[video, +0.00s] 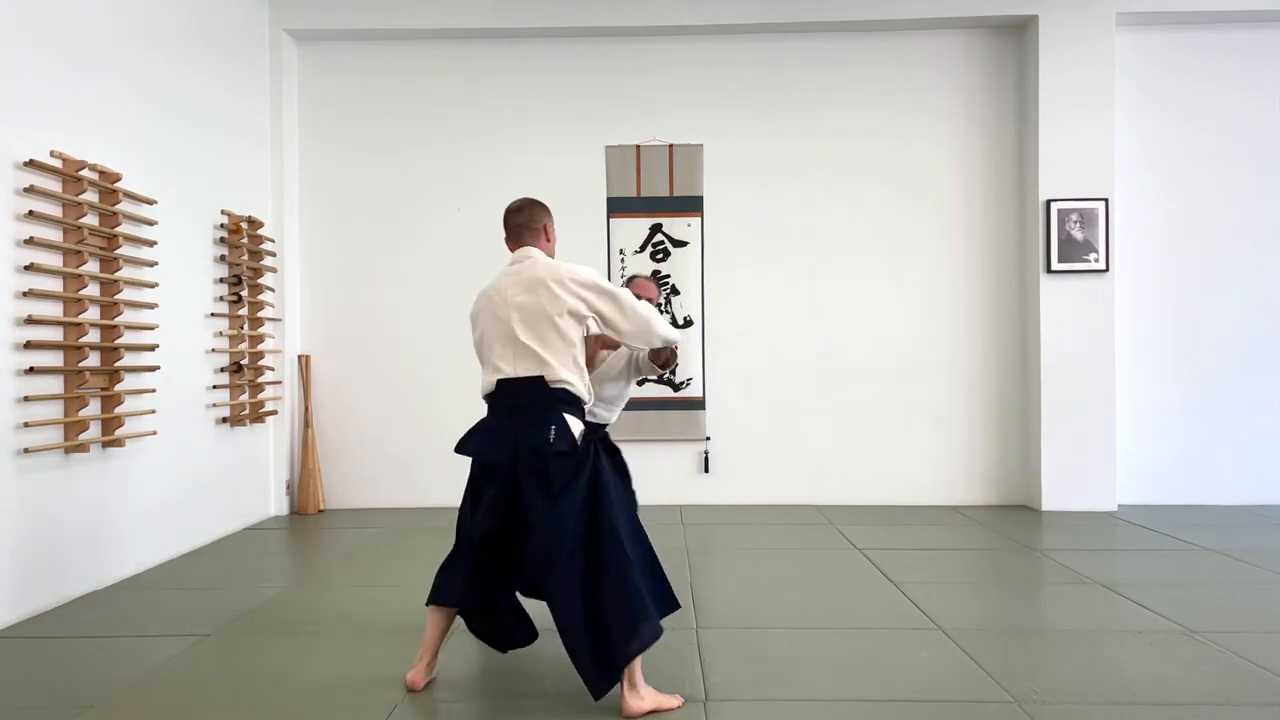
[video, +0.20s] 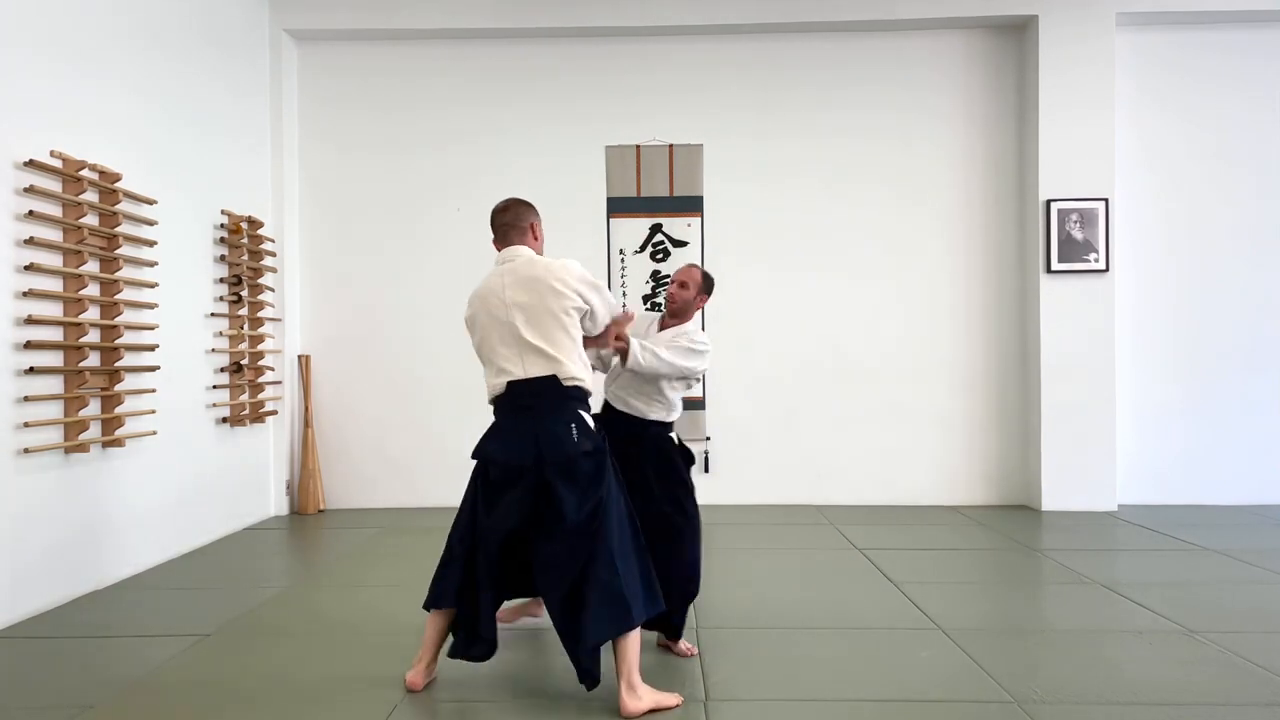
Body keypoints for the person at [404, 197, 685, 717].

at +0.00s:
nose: (556, 243)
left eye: (550, 235)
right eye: (555, 235)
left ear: (506, 241)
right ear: (549, 235)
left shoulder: (485, 298)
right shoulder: (571, 280)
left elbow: (500, 365)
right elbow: (651, 329)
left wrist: (581, 352)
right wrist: (660, 346)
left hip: (499, 428)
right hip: (561, 427)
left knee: (470, 544)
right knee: (608, 547)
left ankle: (422, 665)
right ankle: (635, 688)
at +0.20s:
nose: (542, 239)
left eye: (537, 233)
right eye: (541, 231)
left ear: (493, 242)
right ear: (536, 232)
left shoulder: (477, 299)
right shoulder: (564, 273)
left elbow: (506, 353)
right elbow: (613, 319)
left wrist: (591, 343)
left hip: (509, 429)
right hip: (569, 427)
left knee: (469, 543)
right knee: (612, 547)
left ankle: (422, 666)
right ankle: (631, 686)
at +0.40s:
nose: (574, 235)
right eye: (574, 228)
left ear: (525, 238)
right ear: (571, 230)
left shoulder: (506, 287)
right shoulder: (603, 273)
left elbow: (497, 330)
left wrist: (500, 283)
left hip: (542, 428)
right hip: (602, 426)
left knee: (498, 541)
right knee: (632, 549)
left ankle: (438, 665)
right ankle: (635, 690)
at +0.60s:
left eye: (559, 241)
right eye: (602, 234)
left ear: (558, 243)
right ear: (604, 237)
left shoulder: (536, 287)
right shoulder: (632, 287)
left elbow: (518, 315)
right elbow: (672, 318)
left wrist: (571, 286)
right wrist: (665, 292)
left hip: (560, 428)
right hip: (619, 429)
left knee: (533, 532)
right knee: (640, 549)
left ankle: (497, 642)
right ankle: (635, 688)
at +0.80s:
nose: (617, 264)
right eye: (617, 258)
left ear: (568, 262)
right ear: (614, 258)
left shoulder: (544, 302)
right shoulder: (636, 301)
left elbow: (525, 302)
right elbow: (679, 331)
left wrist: (552, 283)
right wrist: (640, 291)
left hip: (561, 431)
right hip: (619, 434)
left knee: (548, 530)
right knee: (639, 553)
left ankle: (546, 618)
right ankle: (634, 685)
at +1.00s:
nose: (595, 266)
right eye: (595, 259)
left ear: (550, 268)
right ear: (593, 260)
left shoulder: (536, 299)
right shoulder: (621, 303)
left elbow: (518, 289)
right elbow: (649, 336)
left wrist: (553, 276)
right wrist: (608, 286)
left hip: (557, 423)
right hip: (611, 426)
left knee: (559, 523)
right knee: (630, 528)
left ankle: (565, 622)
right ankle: (624, 620)